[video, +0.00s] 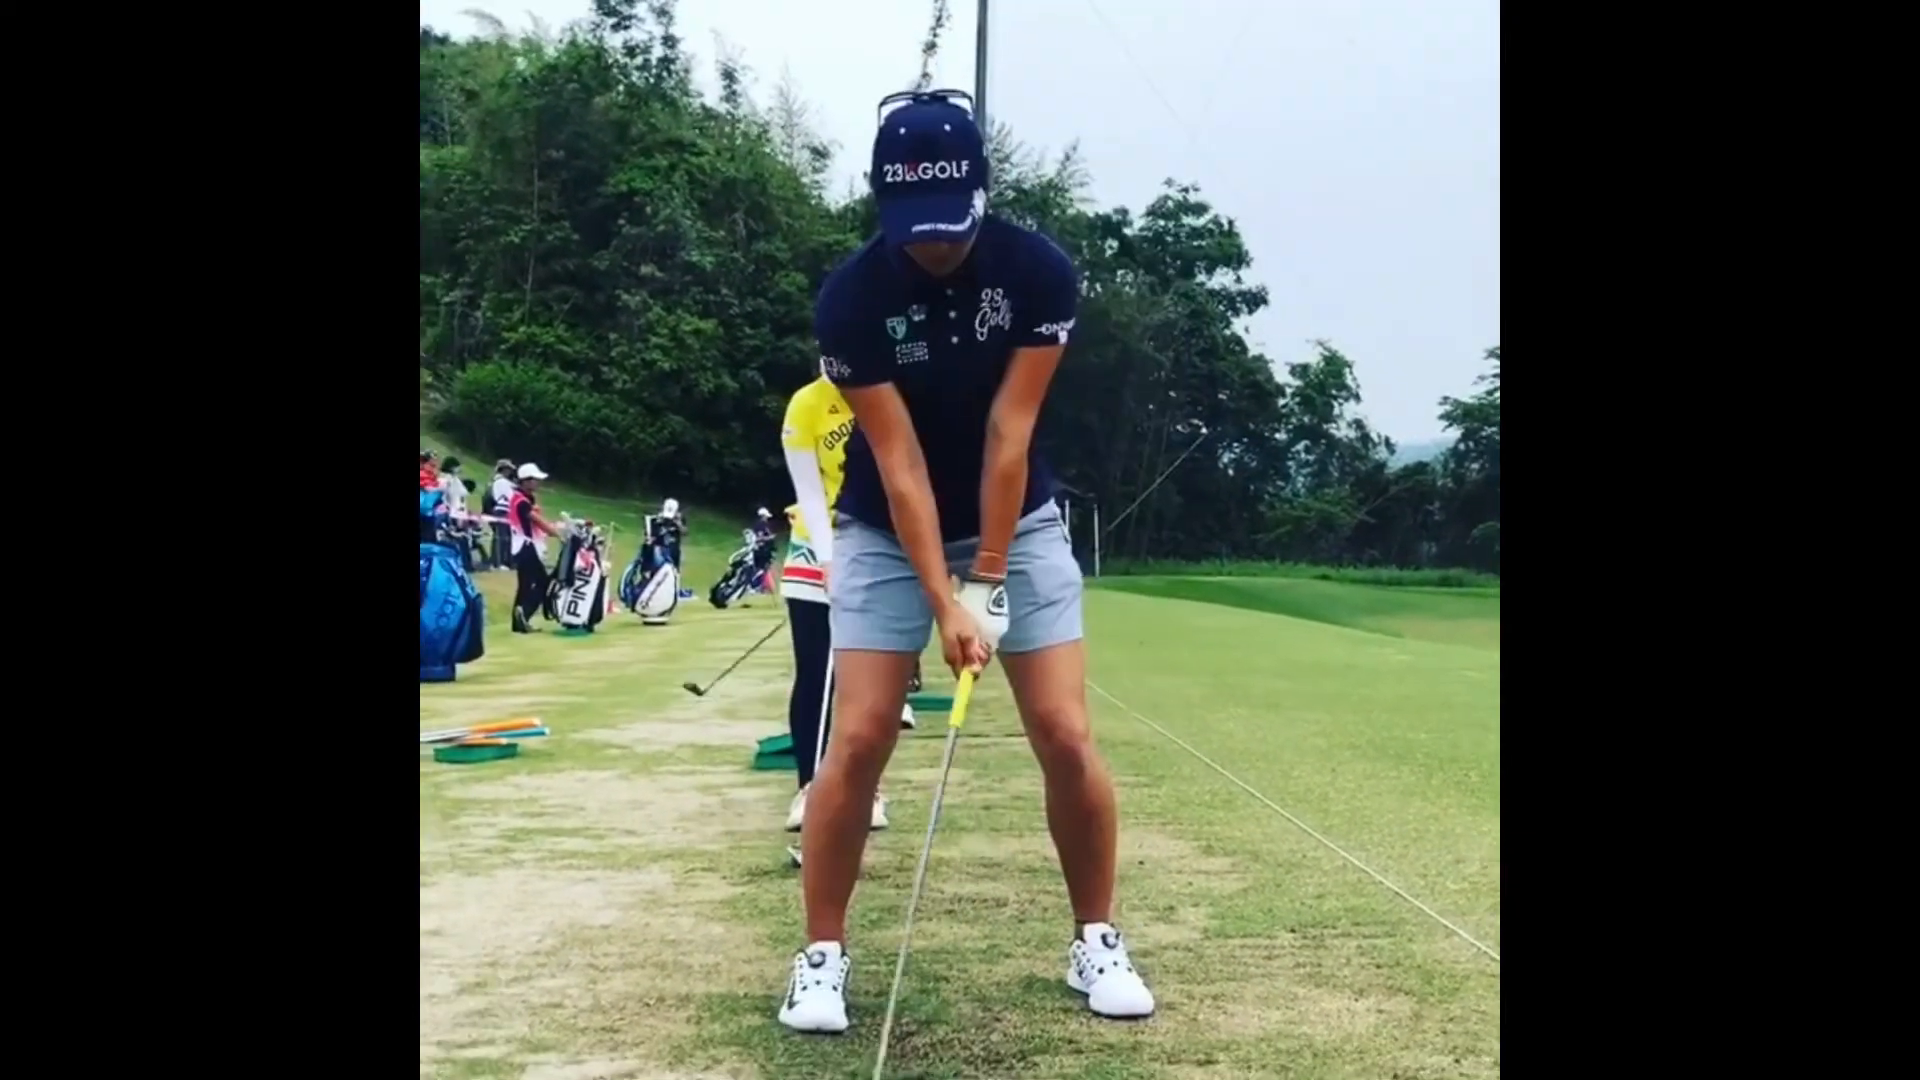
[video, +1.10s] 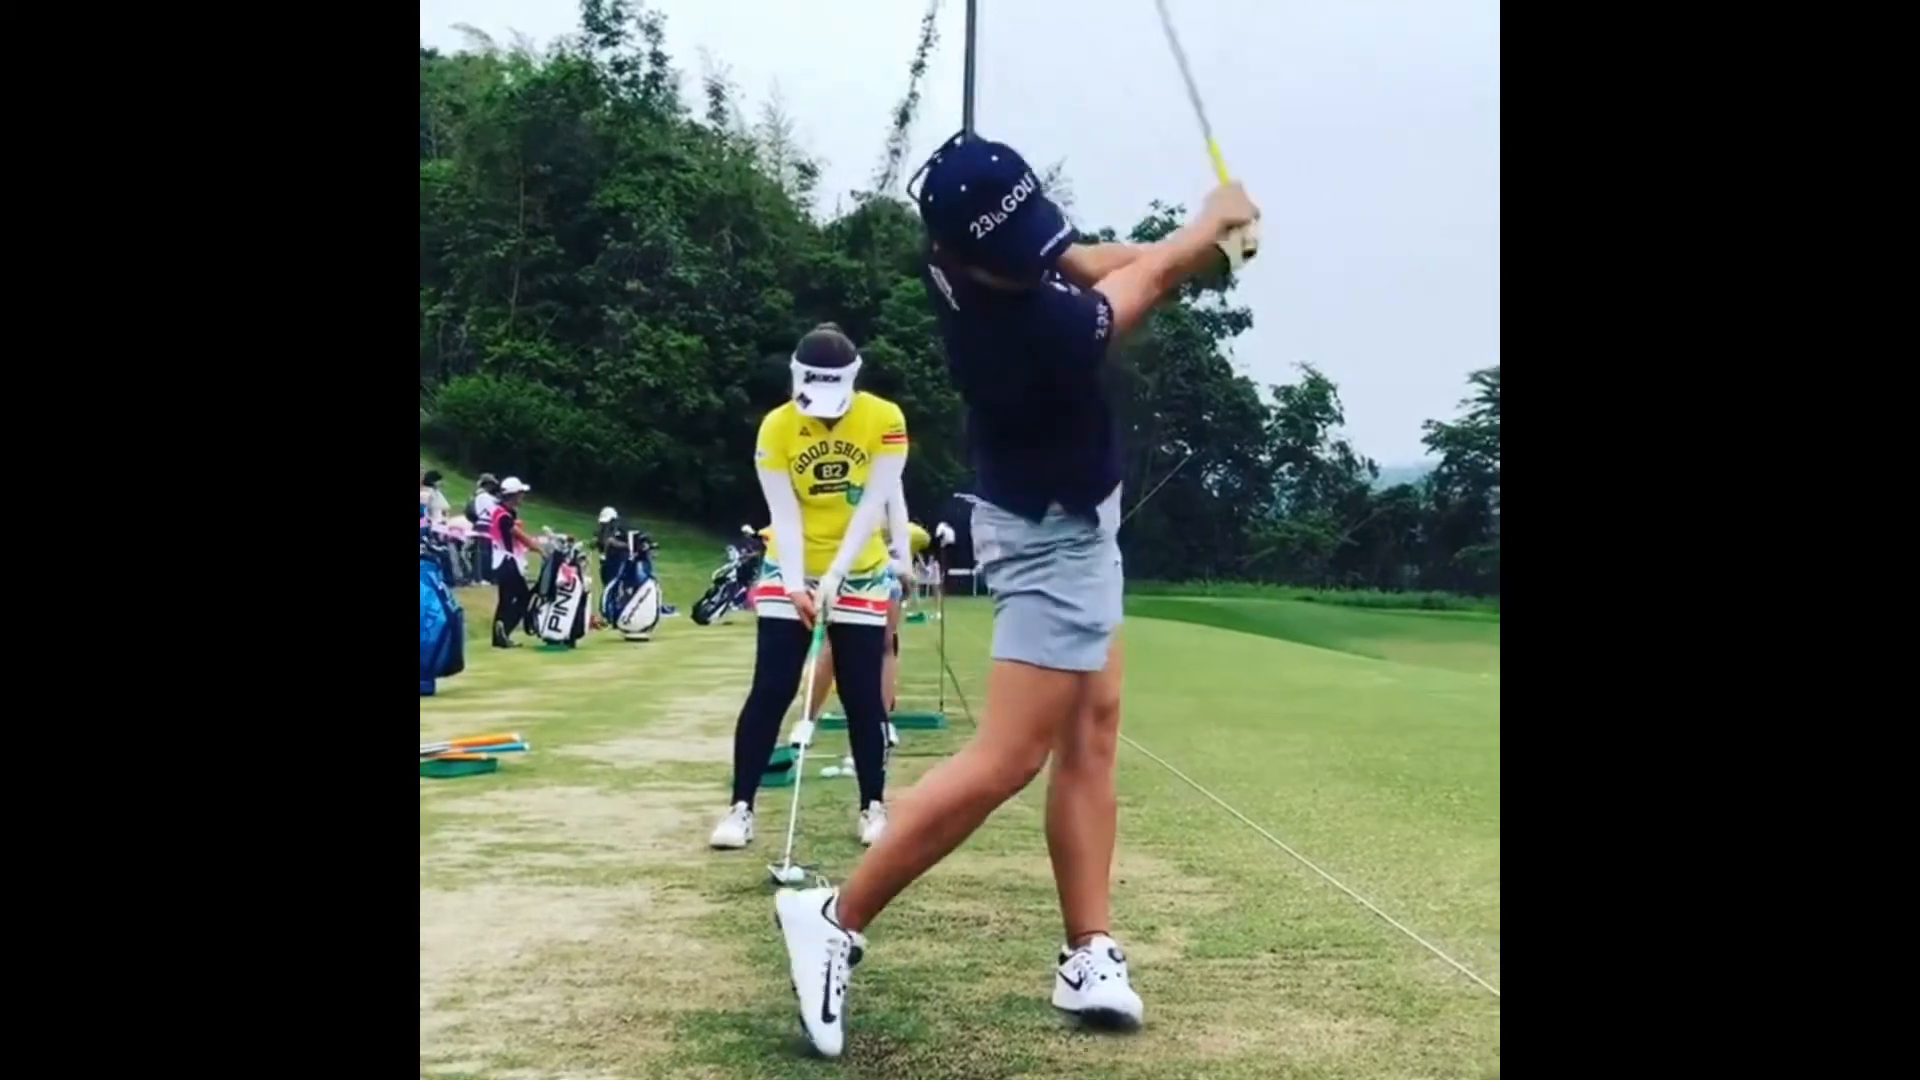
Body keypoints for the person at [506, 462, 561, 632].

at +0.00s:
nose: (538, 484)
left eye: (538, 480)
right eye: (535, 480)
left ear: (526, 482)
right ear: (525, 481)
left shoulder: (520, 498)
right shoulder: (522, 502)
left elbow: (537, 520)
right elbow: (539, 522)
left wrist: (554, 527)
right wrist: (557, 532)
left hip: (522, 543)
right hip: (525, 545)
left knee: (525, 583)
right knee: (542, 580)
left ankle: (518, 620)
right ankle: (525, 612)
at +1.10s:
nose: (522, 498)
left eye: (521, 494)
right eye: (519, 495)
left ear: (507, 496)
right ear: (511, 496)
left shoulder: (501, 513)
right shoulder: (505, 517)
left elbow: (519, 536)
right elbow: (521, 538)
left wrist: (536, 544)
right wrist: (540, 549)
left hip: (502, 557)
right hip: (506, 560)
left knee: (505, 597)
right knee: (524, 594)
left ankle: (499, 634)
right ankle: (505, 627)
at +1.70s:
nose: (499, 502)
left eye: (499, 499)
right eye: (497, 499)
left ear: (483, 500)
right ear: (490, 500)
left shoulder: (477, 517)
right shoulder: (482, 521)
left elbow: (495, 541)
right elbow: (498, 543)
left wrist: (513, 550)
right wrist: (516, 553)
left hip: (477, 561)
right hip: (483, 564)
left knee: (481, 602)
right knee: (500, 599)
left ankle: (475, 641)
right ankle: (480, 632)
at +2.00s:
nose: (496, 506)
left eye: (496, 502)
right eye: (494, 503)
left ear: (480, 503)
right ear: (486, 504)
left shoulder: (476, 521)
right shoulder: (479, 525)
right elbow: (495, 546)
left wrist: (508, 556)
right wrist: (514, 559)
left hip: (476, 565)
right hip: (479, 568)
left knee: (478, 606)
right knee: (497, 603)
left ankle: (472, 644)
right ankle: (477, 636)